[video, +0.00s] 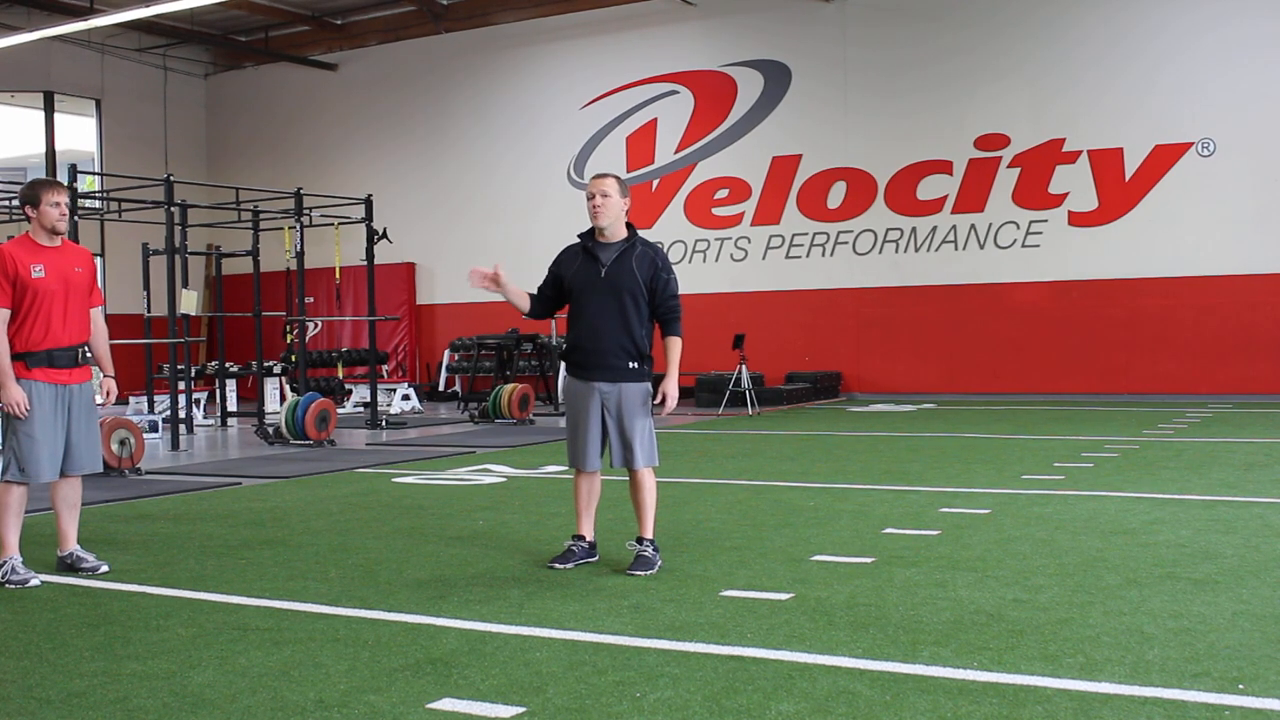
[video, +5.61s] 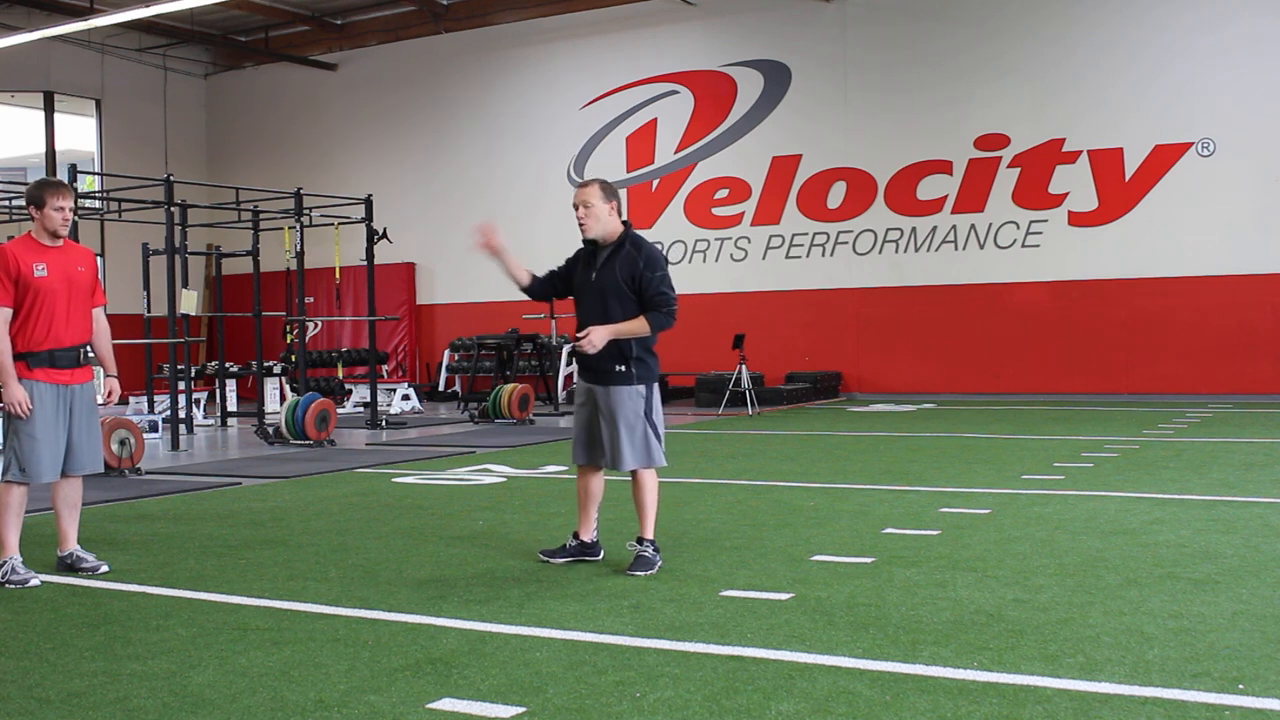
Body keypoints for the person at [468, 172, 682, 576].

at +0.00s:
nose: (595, 202)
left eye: (603, 196)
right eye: (590, 197)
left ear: (625, 204)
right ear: (586, 206)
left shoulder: (651, 258)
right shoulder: (572, 257)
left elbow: (671, 320)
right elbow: (539, 307)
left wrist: (672, 375)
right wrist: (504, 285)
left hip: (631, 380)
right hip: (580, 379)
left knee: (639, 464)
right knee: (584, 463)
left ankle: (646, 544)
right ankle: (583, 542)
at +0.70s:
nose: (594, 204)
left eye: (602, 197)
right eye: (588, 199)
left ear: (622, 204)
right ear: (583, 208)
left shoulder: (649, 255)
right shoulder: (570, 257)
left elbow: (673, 312)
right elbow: (539, 309)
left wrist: (654, 335)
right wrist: (528, 296)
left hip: (632, 379)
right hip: (582, 377)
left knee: (639, 463)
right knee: (585, 462)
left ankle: (646, 544)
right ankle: (583, 542)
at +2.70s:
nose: (590, 208)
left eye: (598, 201)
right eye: (587, 202)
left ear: (622, 207)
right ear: (586, 208)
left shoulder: (653, 256)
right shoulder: (572, 259)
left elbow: (678, 315)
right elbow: (548, 322)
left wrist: (651, 311)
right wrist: (557, 309)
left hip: (635, 381)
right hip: (584, 379)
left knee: (641, 463)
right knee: (586, 464)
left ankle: (646, 544)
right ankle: (584, 542)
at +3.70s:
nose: (586, 209)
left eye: (594, 202)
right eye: (582, 204)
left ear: (618, 206)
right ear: (579, 211)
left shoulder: (648, 253)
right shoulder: (571, 258)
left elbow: (659, 311)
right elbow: (551, 323)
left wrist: (605, 288)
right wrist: (553, 308)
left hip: (634, 379)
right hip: (585, 377)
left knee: (641, 462)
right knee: (586, 461)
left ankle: (646, 544)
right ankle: (584, 541)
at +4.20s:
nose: (587, 204)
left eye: (596, 197)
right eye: (585, 197)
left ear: (621, 204)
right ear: (582, 204)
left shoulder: (651, 251)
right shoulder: (571, 257)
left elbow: (679, 310)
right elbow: (550, 310)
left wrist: (659, 280)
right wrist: (554, 317)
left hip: (636, 377)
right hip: (585, 377)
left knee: (641, 462)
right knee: (587, 463)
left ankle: (646, 544)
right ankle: (584, 541)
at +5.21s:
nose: (586, 216)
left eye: (593, 209)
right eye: (587, 209)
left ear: (618, 212)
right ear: (612, 213)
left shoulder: (662, 256)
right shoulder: (599, 256)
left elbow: (685, 317)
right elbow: (575, 307)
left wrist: (634, 334)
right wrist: (554, 282)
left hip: (646, 380)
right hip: (602, 377)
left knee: (649, 462)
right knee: (595, 459)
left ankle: (648, 545)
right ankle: (589, 540)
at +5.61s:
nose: (579, 215)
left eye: (586, 207)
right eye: (576, 209)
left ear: (613, 208)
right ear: (578, 214)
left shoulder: (643, 255)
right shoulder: (584, 259)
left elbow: (664, 316)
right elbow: (539, 289)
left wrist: (609, 331)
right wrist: (501, 253)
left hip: (631, 380)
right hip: (590, 378)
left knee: (641, 462)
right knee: (589, 460)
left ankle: (647, 545)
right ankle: (586, 540)